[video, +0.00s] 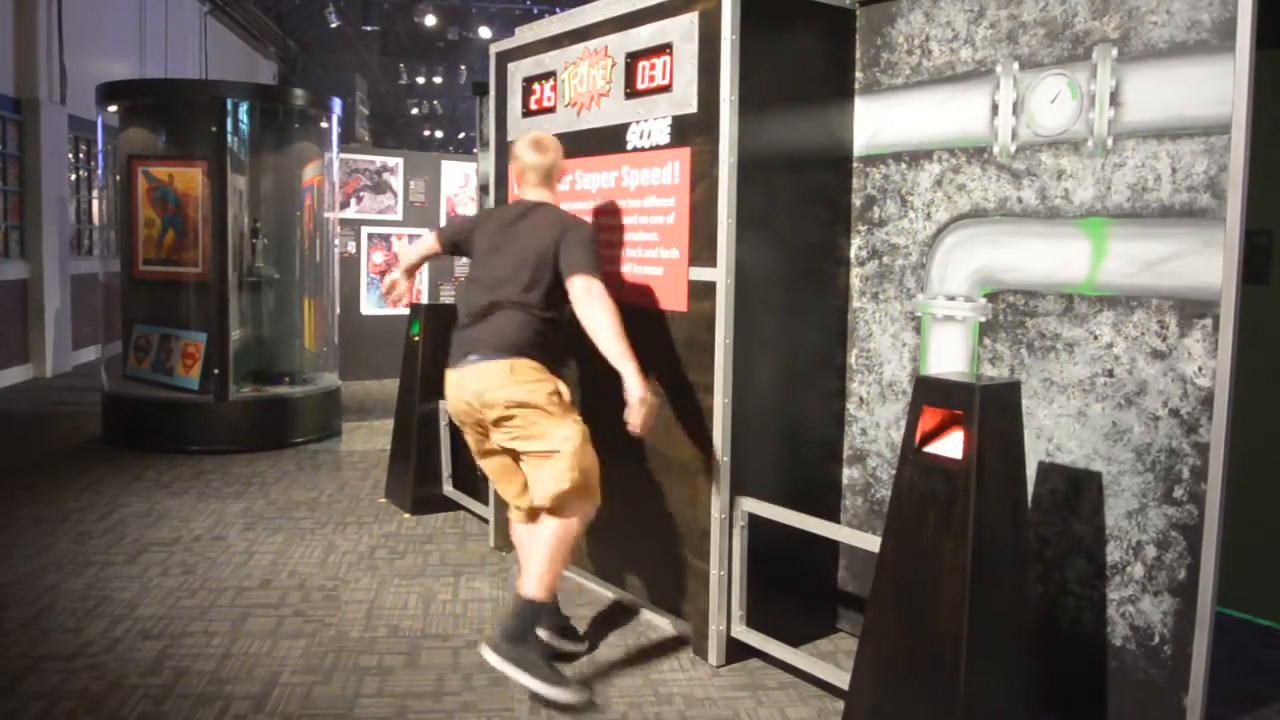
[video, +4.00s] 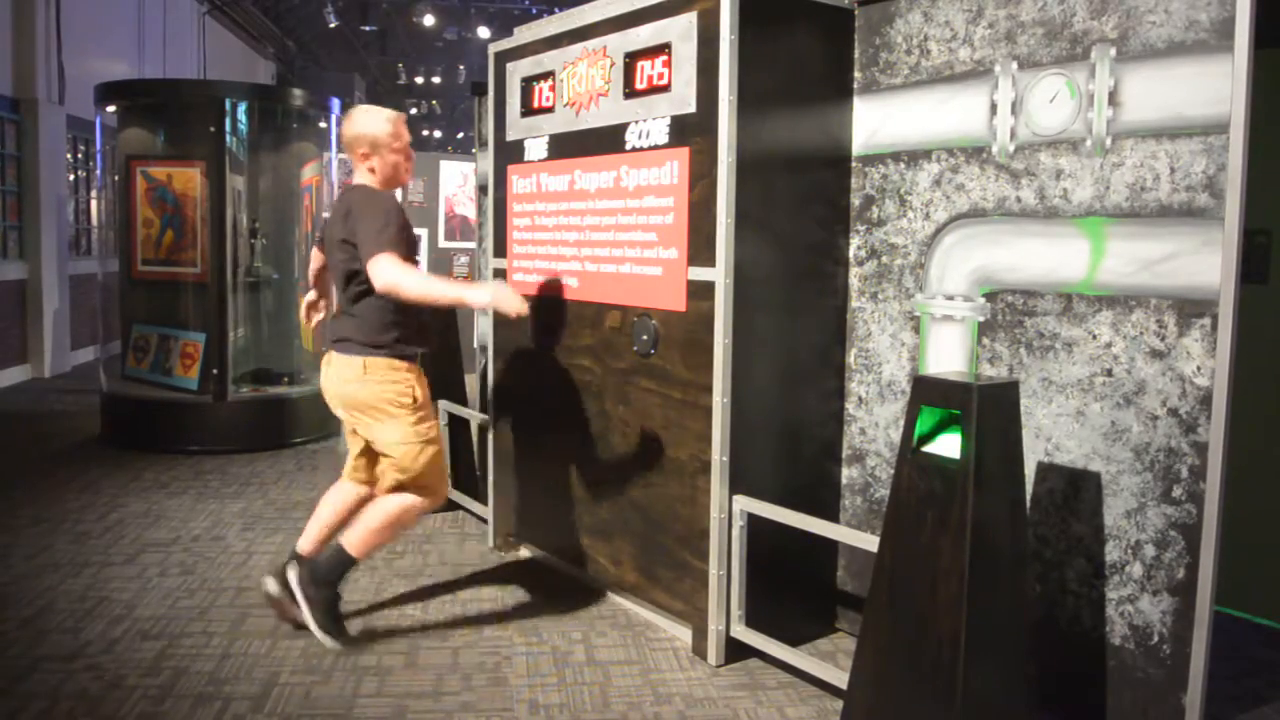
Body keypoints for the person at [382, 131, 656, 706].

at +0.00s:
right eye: (561, 174)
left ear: (513, 178)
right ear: (561, 178)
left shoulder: (483, 222)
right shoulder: (568, 227)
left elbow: (429, 243)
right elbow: (586, 295)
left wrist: (403, 266)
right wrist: (633, 376)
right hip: (517, 371)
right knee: (574, 494)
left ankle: (546, 617)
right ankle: (517, 634)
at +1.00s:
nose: (459, 204)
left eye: (459, 194)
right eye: (450, 195)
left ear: (429, 203)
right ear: (422, 202)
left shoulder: (421, 251)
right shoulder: (410, 239)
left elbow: (372, 307)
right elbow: (440, 249)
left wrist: (345, 354)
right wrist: (508, 259)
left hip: (388, 379)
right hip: (370, 378)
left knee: (371, 454)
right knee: (402, 486)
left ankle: (353, 513)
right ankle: (338, 563)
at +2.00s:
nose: (681, 267)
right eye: (682, 262)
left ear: (623, 270)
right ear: (680, 272)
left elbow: (515, 348)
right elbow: (752, 369)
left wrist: (475, 356)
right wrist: (854, 403)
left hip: (500, 482)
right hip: (568, 488)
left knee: (537, 527)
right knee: (690, 603)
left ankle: (495, 639)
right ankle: (676, 714)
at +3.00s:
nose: (402, 237)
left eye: (399, 231)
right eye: (399, 231)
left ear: (364, 241)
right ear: (390, 233)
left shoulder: (352, 269)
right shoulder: (396, 253)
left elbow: (343, 316)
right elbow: (394, 286)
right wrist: (413, 343)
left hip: (323, 367)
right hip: (359, 366)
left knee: (364, 436)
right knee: (397, 454)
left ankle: (331, 513)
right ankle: (378, 559)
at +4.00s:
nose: (411, 156)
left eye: (409, 146)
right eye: (403, 148)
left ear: (364, 157)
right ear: (370, 156)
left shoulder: (343, 206)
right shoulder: (376, 205)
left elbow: (318, 266)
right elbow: (389, 275)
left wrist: (322, 299)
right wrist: (481, 293)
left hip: (344, 364)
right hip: (383, 367)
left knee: (364, 474)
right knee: (421, 486)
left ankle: (296, 571)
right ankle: (323, 575)